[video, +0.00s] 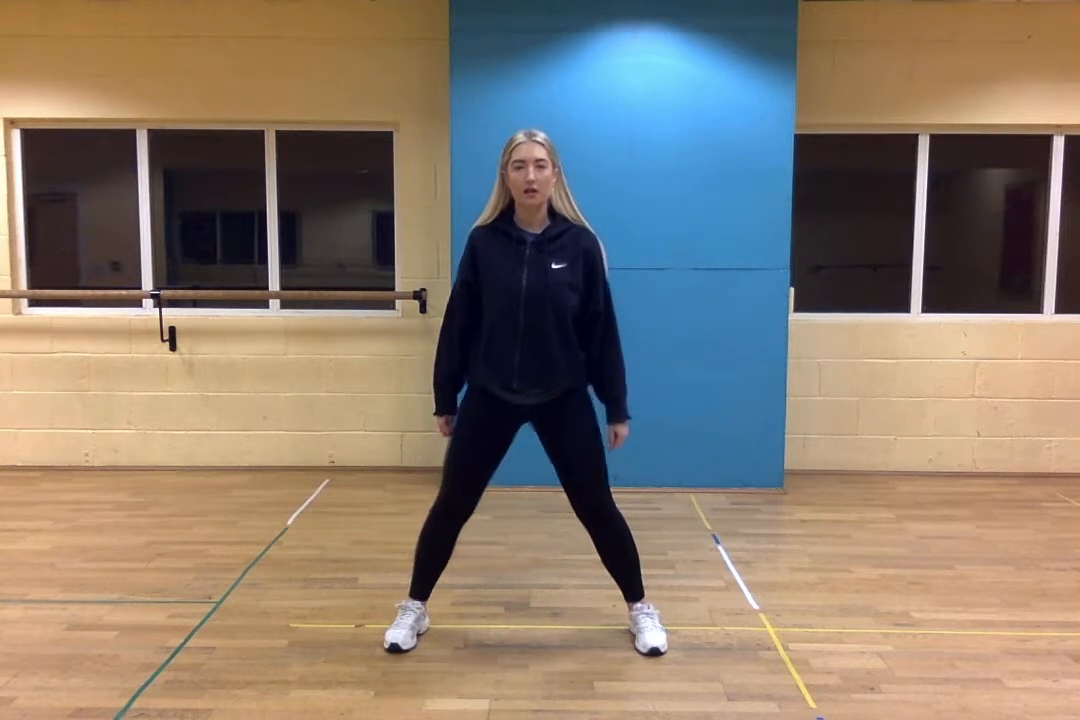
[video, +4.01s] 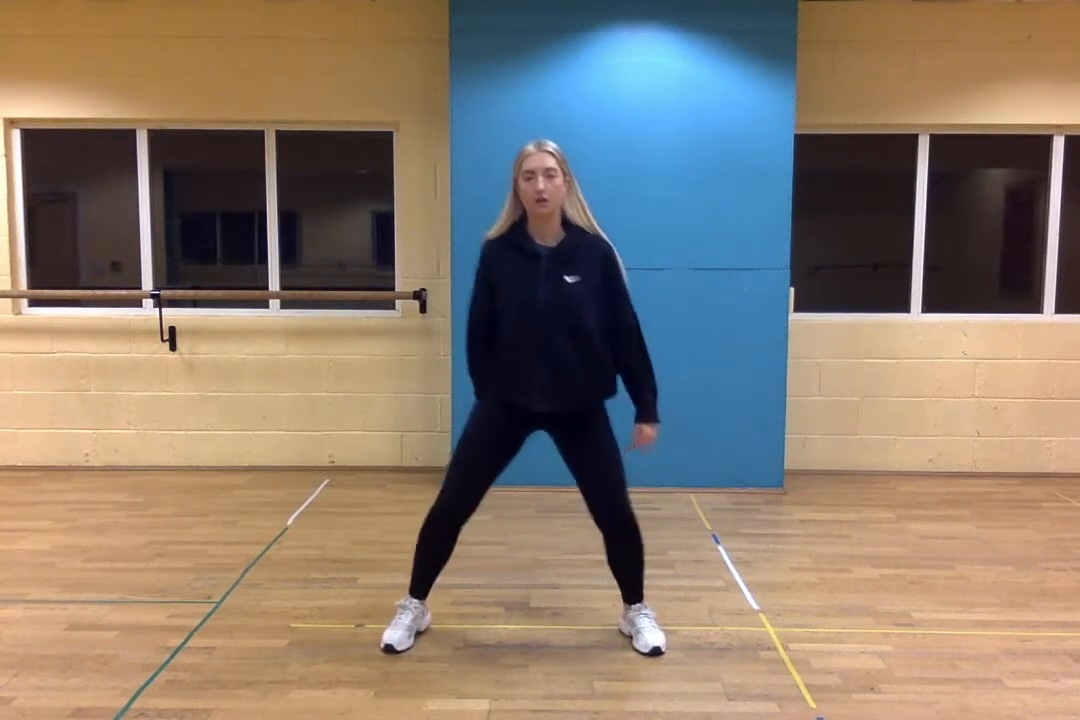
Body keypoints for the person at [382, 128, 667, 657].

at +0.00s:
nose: (530, 174)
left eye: (540, 165)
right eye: (520, 165)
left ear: (555, 174)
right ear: (506, 176)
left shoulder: (581, 242)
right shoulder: (484, 239)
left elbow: (601, 325)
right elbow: (458, 319)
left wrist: (617, 405)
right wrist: (445, 398)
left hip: (563, 395)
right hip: (491, 395)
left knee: (595, 505)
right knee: (452, 503)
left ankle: (640, 609)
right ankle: (414, 607)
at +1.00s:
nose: (549, 186)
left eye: (558, 176)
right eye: (538, 178)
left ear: (574, 185)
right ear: (524, 190)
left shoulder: (602, 252)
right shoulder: (503, 254)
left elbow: (629, 337)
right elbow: (477, 333)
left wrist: (649, 418)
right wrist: (455, 408)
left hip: (589, 408)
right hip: (516, 407)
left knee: (633, 517)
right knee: (465, 510)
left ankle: (641, 610)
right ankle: (415, 607)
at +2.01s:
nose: (548, 189)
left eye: (557, 180)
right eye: (537, 182)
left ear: (572, 189)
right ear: (523, 193)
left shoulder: (601, 254)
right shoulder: (503, 258)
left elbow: (623, 339)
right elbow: (486, 339)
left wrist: (630, 415)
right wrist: (490, 411)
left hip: (593, 407)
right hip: (519, 408)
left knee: (632, 518)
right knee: (461, 509)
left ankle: (636, 612)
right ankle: (416, 608)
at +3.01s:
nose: (547, 190)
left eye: (556, 181)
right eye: (537, 183)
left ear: (572, 189)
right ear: (524, 194)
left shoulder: (599, 256)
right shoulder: (504, 257)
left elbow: (626, 336)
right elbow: (487, 335)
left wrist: (648, 415)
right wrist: (488, 405)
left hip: (588, 407)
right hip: (517, 407)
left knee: (625, 514)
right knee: (458, 505)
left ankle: (637, 611)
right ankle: (416, 607)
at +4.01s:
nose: (541, 185)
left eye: (550, 175)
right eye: (530, 176)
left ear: (566, 183)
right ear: (517, 188)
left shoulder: (595, 250)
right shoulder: (497, 251)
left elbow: (625, 330)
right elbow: (479, 327)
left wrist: (646, 406)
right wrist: (489, 391)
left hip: (579, 403)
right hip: (508, 400)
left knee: (616, 513)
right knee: (451, 505)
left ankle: (636, 610)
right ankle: (413, 605)